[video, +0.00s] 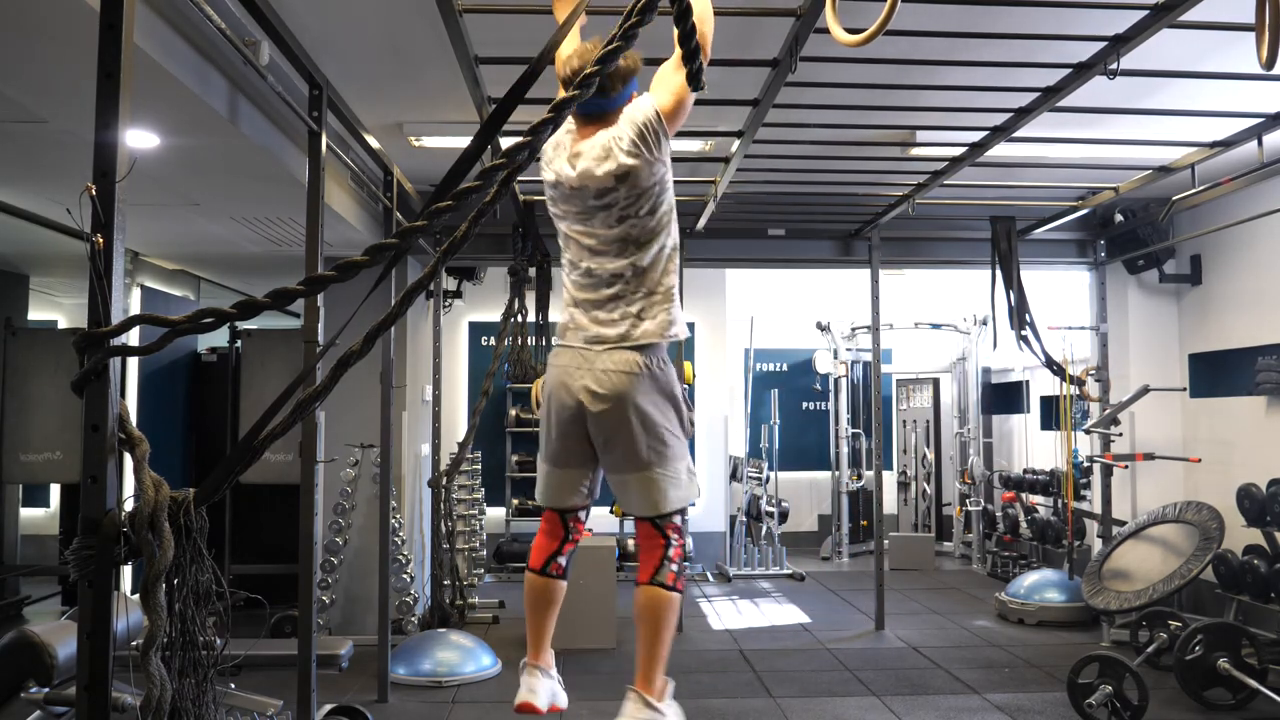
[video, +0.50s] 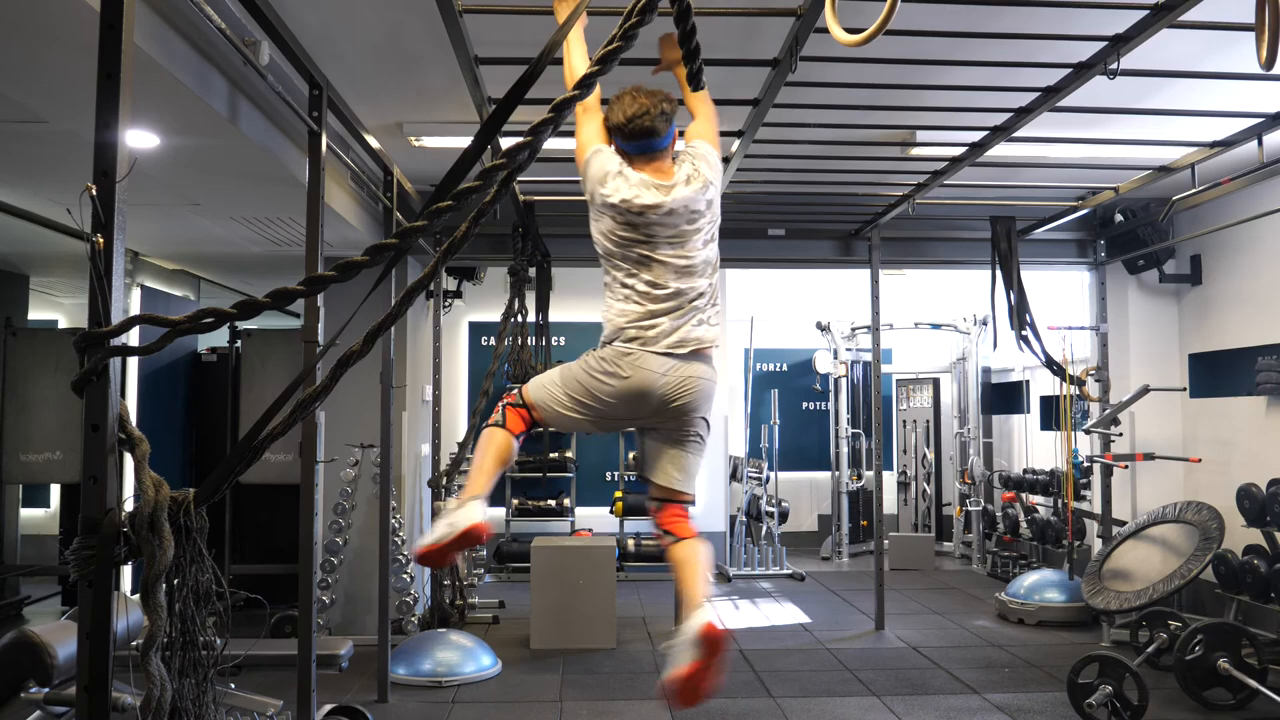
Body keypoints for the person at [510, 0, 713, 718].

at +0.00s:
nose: (644, 89)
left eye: (631, 80)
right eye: (638, 81)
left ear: (572, 95)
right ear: (628, 94)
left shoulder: (556, 156)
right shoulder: (641, 137)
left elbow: (569, 67)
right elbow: (697, 50)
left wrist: (570, 15)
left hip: (566, 364)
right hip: (633, 366)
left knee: (556, 524)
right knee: (661, 533)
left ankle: (537, 672)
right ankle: (648, 693)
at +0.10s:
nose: (660, 106)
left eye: (651, 97)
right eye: (652, 100)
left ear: (586, 113)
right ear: (638, 112)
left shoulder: (574, 167)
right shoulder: (649, 155)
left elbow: (577, 84)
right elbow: (689, 68)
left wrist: (568, 18)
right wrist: (696, 4)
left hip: (581, 367)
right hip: (643, 370)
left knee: (567, 524)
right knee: (687, 527)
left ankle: (515, 670)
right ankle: (692, 683)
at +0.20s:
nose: (660, 115)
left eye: (653, 109)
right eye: (653, 111)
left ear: (591, 124)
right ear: (642, 123)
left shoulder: (575, 171)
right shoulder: (657, 160)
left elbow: (577, 89)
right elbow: (700, 65)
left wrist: (569, 19)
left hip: (594, 371)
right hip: (660, 374)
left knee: (556, 511)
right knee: (739, 507)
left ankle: (478, 585)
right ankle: (754, 647)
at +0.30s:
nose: (654, 127)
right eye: (652, 121)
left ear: (589, 129)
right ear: (650, 129)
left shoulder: (575, 179)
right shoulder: (685, 176)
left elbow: (569, 92)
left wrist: (565, 22)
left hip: (609, 372)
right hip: (684, 374)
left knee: (531, 465)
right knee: (753, 491)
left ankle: (503, 492)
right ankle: (799, 591)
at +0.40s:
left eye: (609, 130)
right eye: (655, 126)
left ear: (600, 133)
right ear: (664, 130)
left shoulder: (587, 178)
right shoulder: (697, 176)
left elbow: (573, 96)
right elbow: (736, 118)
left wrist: (568, 27)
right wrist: (684, 84)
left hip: (613, 367)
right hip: (689, 371)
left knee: (514, 421)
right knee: (728, 499)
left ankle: (508, 487)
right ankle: (779, 577)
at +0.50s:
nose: (667, 146)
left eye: (628, 138)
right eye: (671, 136)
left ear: (621, 142)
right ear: (676, 138)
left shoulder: (605, 181)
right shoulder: (703, 178)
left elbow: (586, 96)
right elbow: (704, 114)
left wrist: (571, 24)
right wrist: (684, 63)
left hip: (625, 363)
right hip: (695, 374)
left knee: (516, 409)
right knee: (676, 513)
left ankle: (471, 506)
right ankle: (699, 615)